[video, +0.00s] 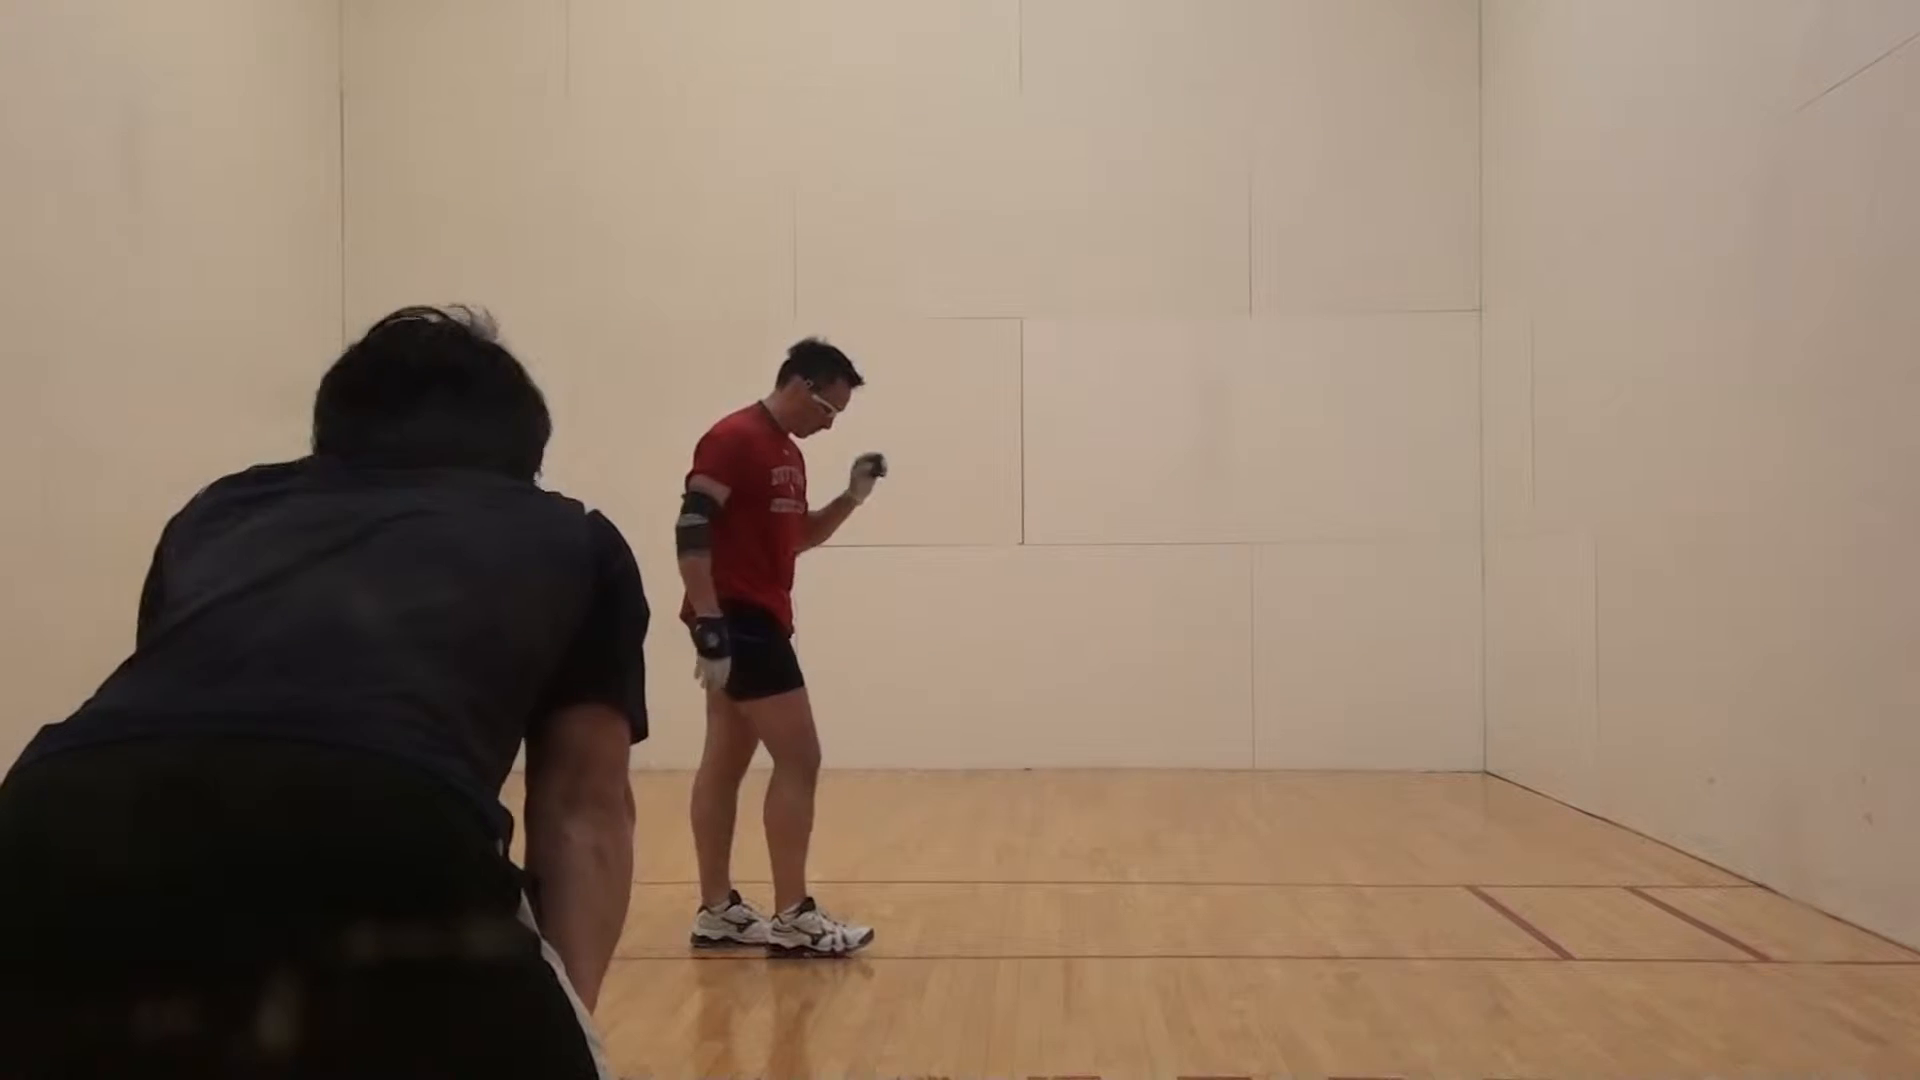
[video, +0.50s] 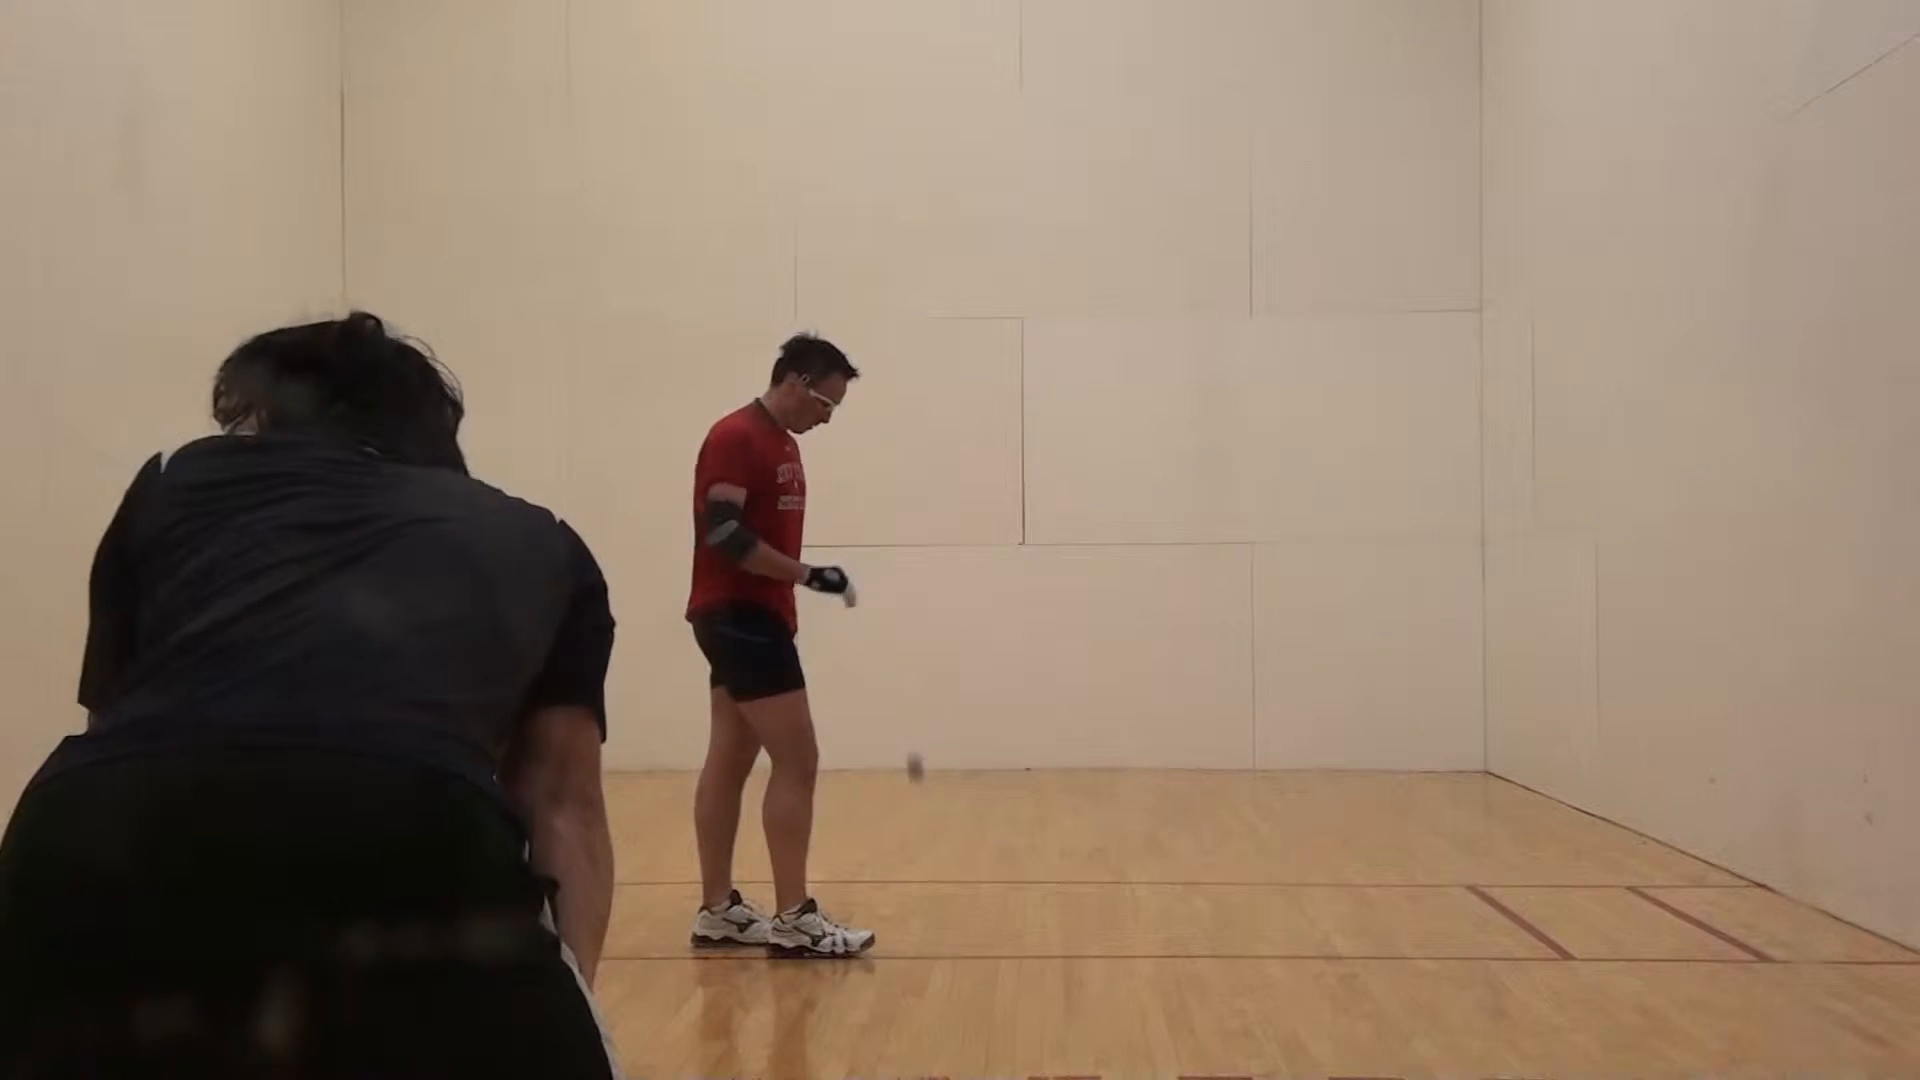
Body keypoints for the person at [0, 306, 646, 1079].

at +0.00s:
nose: (545, 480)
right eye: (535, 462)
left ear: (332, 439)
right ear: (517, 453)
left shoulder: (216, 506)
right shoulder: (573, 538)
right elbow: (584, 803)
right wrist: (560, 1026)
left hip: (66, 834)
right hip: (387, 849)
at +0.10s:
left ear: (315, 437)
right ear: (505, 445)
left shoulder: (203, 503)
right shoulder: (569, 539)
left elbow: (157, 715)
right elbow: (582, 806)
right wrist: (563, 1021)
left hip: (72, 834)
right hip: (393, 845)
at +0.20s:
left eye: (279, 425)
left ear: (302, 434)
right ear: (491, 446)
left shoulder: (194, 495)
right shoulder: (562, 538)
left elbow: (144, 709)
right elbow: (578, 808)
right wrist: (563, 1019)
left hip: (82, 833)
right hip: (401, 845)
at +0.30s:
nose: (242, 438)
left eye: (252, 423)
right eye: (243, 424)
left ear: (284, 428)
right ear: (455, 443)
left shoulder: (190, 485)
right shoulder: (556, 539)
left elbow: (126, 719)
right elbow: (574, 804)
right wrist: (563, 1017)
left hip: (98, 831)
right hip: (411, 841)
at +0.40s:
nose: (231, 434)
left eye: (242, 419)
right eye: (232, 422)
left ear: (275, 423)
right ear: (441, 447)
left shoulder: (182, 481)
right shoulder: (547, 539)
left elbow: (122, 711)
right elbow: (569, 805)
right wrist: (566, 1009)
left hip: (104, 836)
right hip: (419, 845)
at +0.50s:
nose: (218, 437)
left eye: (227, 421)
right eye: (220, 423)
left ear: (261, 420)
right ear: (432, 444)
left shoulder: (173, 484)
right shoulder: (540, 539)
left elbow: (113, 715)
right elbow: (566, 801)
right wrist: (563, 1008)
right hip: (425, 851)